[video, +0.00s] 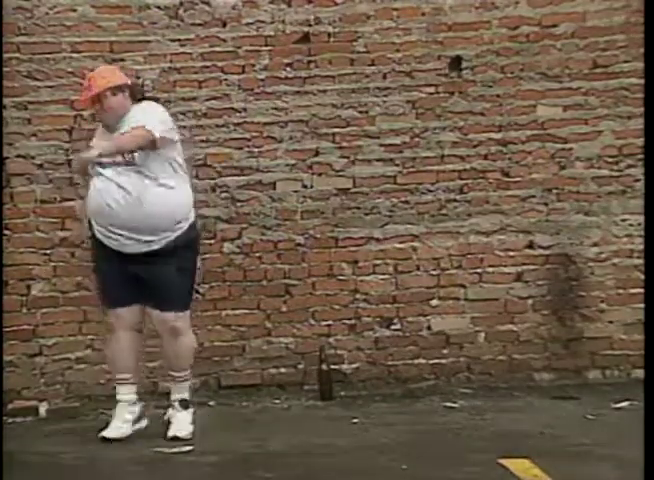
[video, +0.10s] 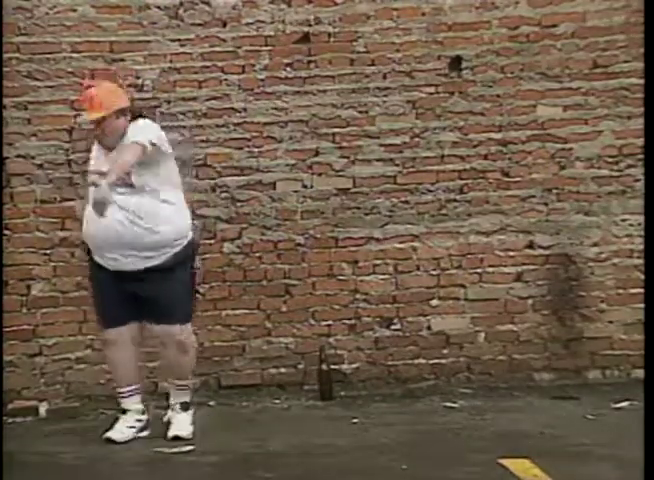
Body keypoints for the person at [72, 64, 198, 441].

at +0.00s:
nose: (95, 109)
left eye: (99, 100)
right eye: (93, 104)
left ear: (121, 94)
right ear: (97, 105)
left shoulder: (150, 113)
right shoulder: (102, 134)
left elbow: (141, 139)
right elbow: (89, 179)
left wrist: (98, 149)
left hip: (168, 240)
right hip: (114, 241)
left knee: (173, 322)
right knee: (122, 322)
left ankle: (181, 406)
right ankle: (127, 405)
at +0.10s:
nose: (95, 130)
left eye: (101, 122)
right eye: (92, 123)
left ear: (123, 116)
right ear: (93, 122)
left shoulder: (146, 130)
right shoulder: (99, 149)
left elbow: (133, 151)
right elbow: (100, 196)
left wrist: (115, 170)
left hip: (165, 257)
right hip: (109, 262)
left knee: (177, 335)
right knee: (117, 336)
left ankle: (180, 410)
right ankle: (133, 412)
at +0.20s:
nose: (99, 139)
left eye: (106, 131)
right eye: (95, 132)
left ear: (124, 122)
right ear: (89, 128)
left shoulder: (147, 140)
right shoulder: (96, 157)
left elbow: (154, 175)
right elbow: (90, 200)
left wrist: (139, 208)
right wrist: (76, 215)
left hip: (162, 259)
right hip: (107, 261)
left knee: (172, 338)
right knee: (113, 338)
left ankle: (181, 408)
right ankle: (133, 414)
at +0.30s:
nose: (99, 122)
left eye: (106, 115)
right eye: (93, 115)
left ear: (123, 105)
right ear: (84, 110)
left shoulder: (149, 130)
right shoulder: (87, 141)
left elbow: (190, 169)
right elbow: (81, 189)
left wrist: (179, 212)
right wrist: (49, 181)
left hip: (155, 246)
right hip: (103, 252)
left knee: (163, 330)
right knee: (115, 332)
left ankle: (181, 404)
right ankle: (132, 410)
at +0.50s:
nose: (105, 109)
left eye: (115, 102)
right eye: (99, 101)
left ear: (131, 101)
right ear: (90, 99)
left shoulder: (150, 125)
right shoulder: (73, 131)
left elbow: (195, 153)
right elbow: (33, 166)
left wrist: (208, 177)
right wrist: (7, 172)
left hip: (160, 230)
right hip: (107, 247)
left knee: (173, 311)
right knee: (122, 335)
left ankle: (223, 382)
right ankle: (145, 414)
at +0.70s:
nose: (107, 114)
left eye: (115, 107)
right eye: (100, 107)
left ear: (130, 103)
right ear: (90, 106)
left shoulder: (153, 130)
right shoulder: (76, 142)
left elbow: (202, 162)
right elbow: (41, 177)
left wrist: (178, 149)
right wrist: (10, 189)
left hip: (161, 242)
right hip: (103, 256)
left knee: (176, 311)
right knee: (116, 337)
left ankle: (206, 390)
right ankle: (144, 414)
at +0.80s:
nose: (102, 104)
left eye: (110, 97)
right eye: (96, 98)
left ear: (130, 92)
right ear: (89, 97)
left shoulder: (157, 118)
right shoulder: (82, 135)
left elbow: (194, 151)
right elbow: (64, 181)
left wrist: (175, 168)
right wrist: (50, 205)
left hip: (162, 241)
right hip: (104, 248)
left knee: (168, 323)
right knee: (120, 330)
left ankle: (172, 410)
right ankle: (139, 408)